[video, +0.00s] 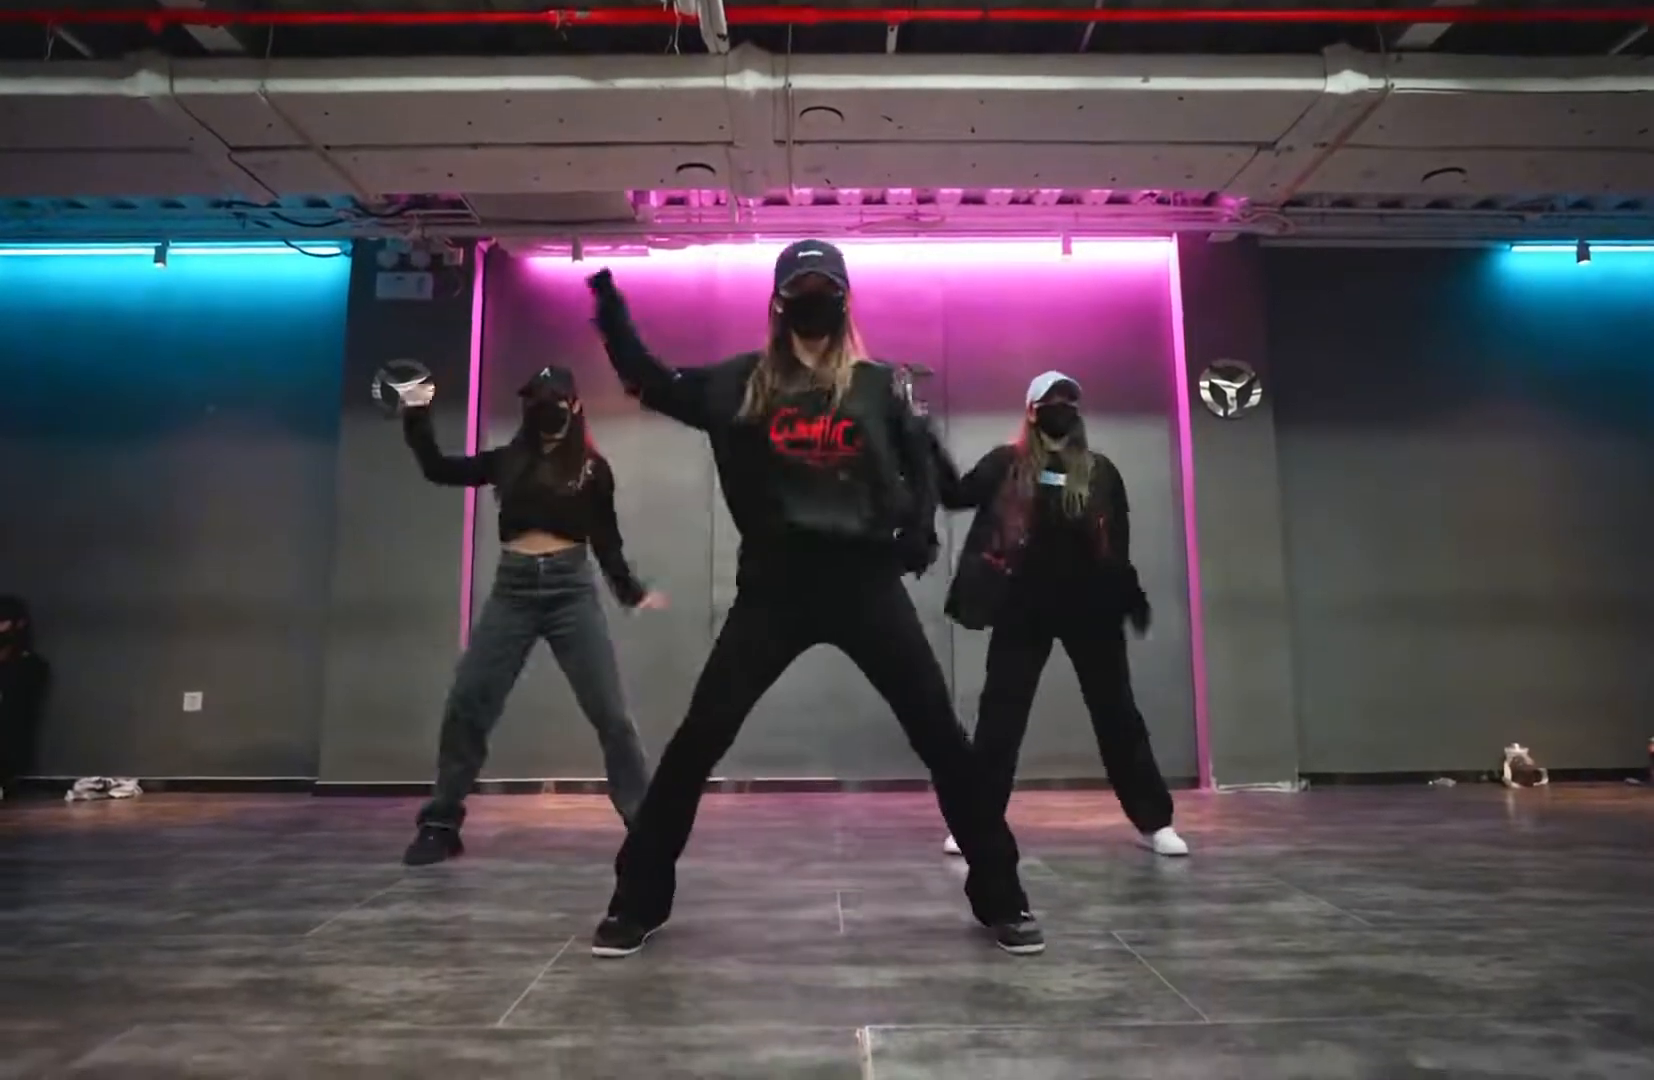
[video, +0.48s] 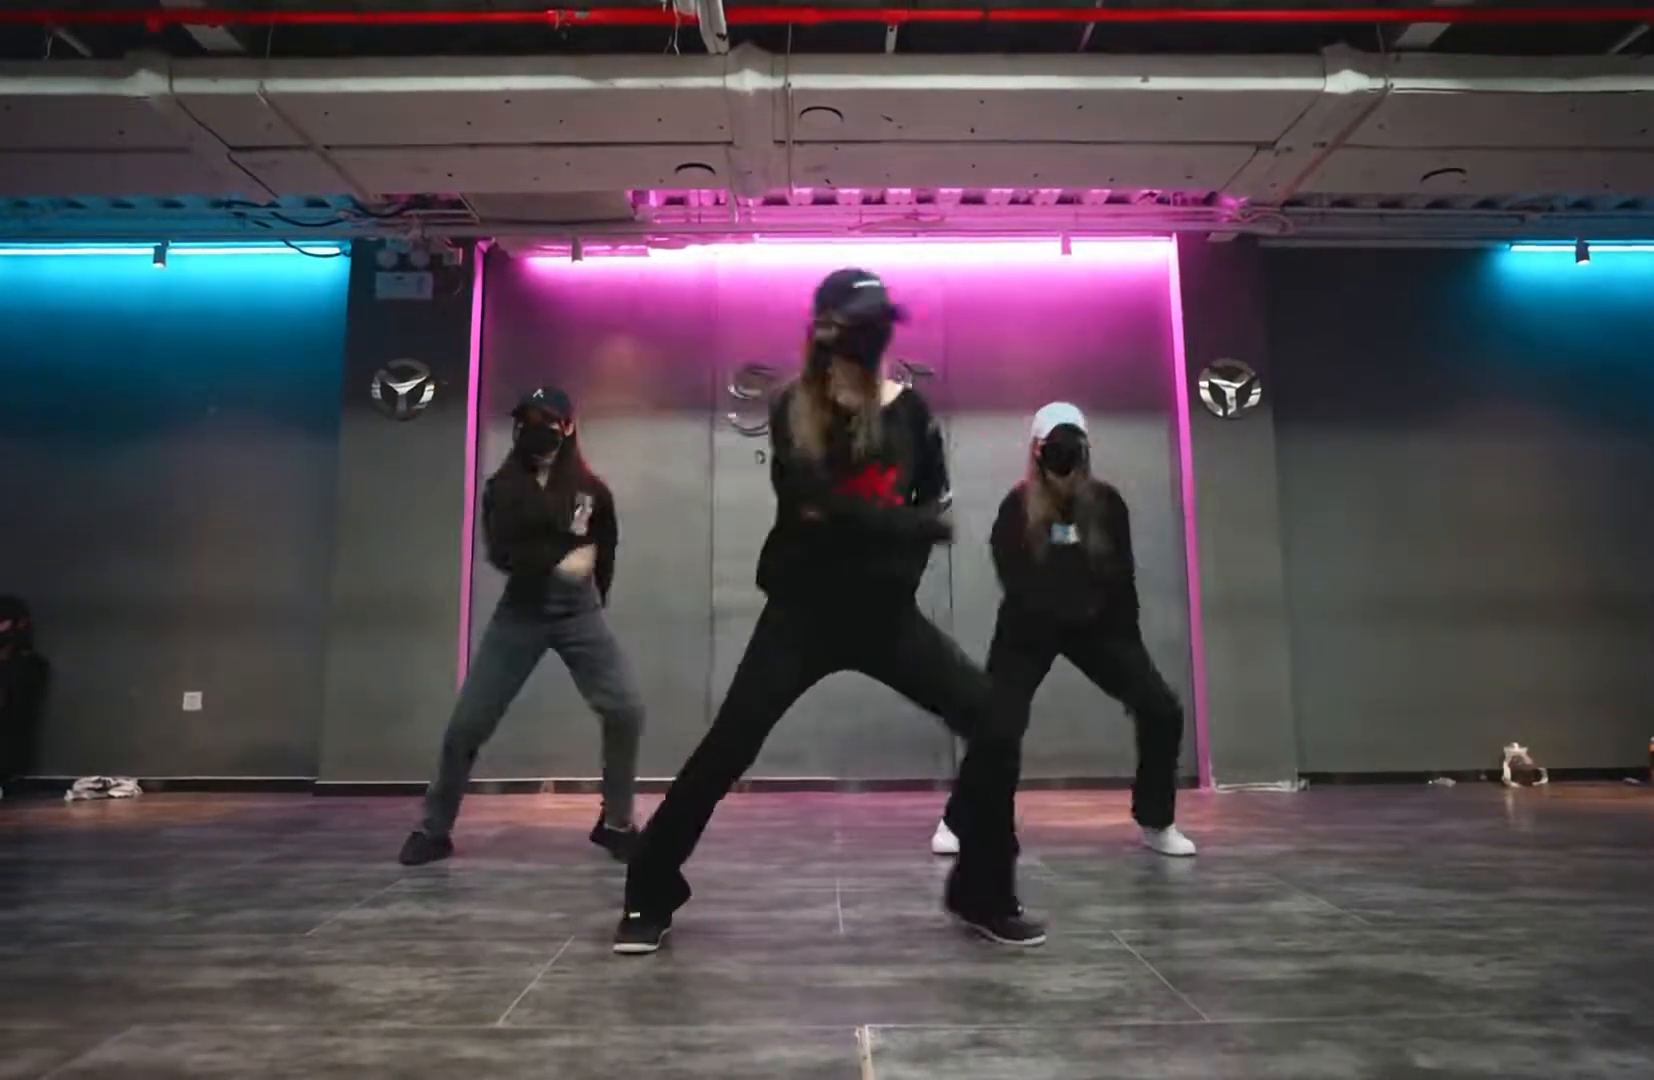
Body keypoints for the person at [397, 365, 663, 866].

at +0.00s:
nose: (546, 415)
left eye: (555, 406)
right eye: (538, 406)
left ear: (574, 408)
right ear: (526, 407)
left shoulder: (591, 468)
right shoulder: (507, 459)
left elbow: (607, 541)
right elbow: (438, 469)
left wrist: (631, 591)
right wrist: (417, 415)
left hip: (572, 593)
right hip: (512, 592)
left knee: (612, 715)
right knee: (469, 700)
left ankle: (646, 832)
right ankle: (440, 824)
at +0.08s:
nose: (544, 416)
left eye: (554, 407)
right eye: (536, 407)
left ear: (572, 410)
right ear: (524, 409)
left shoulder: (588, 468)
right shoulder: (505, 458)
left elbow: (628, 525)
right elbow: (437, 459)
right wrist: (436, 400)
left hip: (570, 597)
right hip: (512, 598)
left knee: (610, 714)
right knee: (458, 700)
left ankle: (645, 830)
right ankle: (438, 823)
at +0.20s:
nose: (539, 433)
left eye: (549, 423)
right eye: (530, 422)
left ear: (570, 422)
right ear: (520, 422)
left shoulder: (591, 470)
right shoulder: (504, 468)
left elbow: (656, 501)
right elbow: (443, 484)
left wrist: (625, 493)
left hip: (568, 604)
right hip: (513, 604)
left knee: (575, 726)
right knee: (479, 720)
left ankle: (652, 824)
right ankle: (428, 828)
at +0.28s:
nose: (535, 441)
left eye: (546, 431)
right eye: (527, 430)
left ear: (565, 434)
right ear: (517, 432)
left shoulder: (583, 485)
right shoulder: (500, 486)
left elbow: (644, 536)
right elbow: (437, 541)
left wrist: (639, 602)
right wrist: (421, 601)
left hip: (571, 619)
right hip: (512, 619)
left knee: (573, 745)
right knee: (485, 732)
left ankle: (644, 829)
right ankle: (439, 827)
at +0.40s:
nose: (533, 442)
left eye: (543, 432)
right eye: (524, 432)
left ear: (561, 436)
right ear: (512, 435)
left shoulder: (577, 493)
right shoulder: (494, 494)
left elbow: (613, 559)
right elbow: (467, 567)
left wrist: (612, 623)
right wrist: (490, 616)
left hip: (573, 615)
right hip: (515, 615)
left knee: (585, 716)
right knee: (466, 729)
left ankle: (629, 834)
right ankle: (435, 832)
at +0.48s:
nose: (533, 433)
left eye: (545, 424)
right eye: (527, 423)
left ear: (567, 429)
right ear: (518, 428)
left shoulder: (590, 489)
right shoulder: (503, 486)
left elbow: (604, 557)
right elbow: (500, 553)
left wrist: (593, 604)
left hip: (578, 615)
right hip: (520, 614)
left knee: (624, 711)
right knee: (466, 725)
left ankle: (616, 823)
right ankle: (434, 830)